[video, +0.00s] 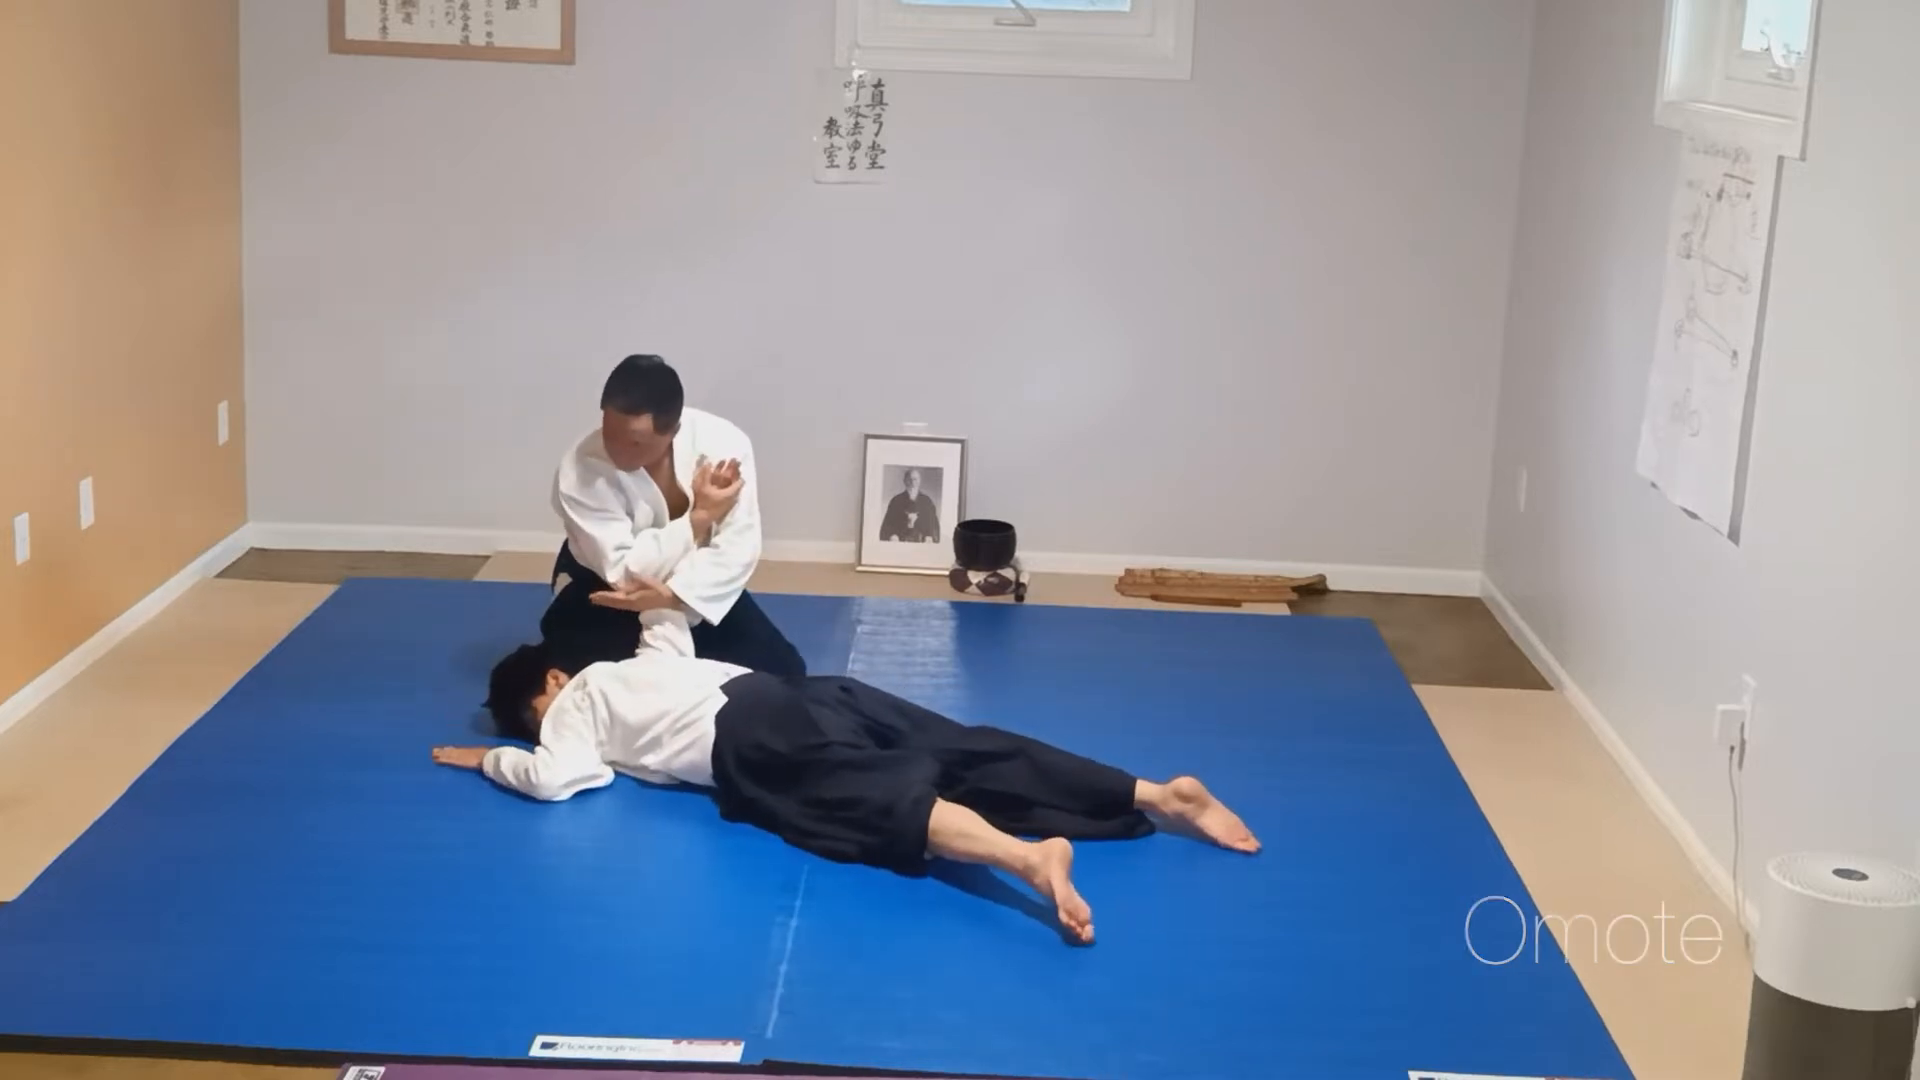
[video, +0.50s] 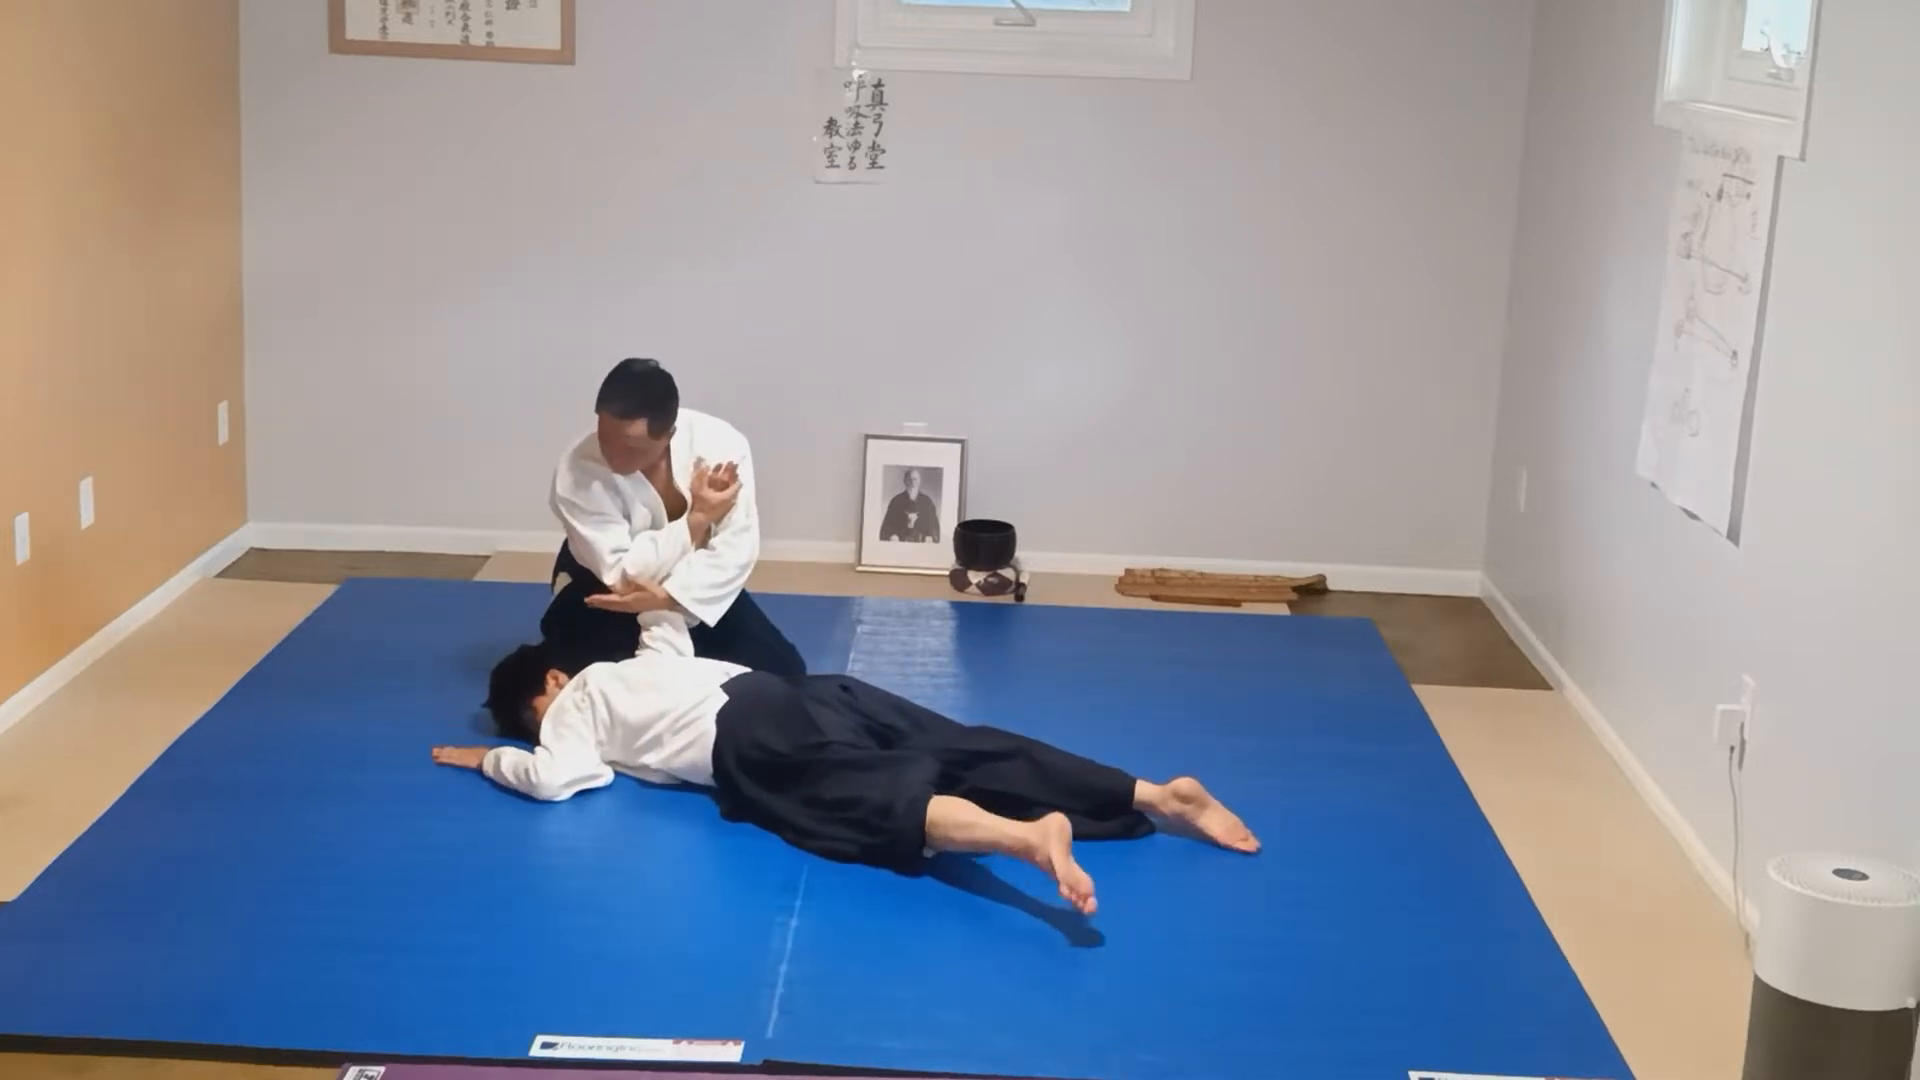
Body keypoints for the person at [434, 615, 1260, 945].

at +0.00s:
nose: (535, 727)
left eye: (528, 714)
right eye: (533, 714)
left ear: (546, 693)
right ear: (574, 665)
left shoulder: (578, 704)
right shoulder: (652, 653)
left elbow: (555, 777)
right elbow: (698, 651)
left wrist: (486, 758)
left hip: (750, 737)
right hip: (805, 688)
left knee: (890, 807)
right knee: (964, 747)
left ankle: (1026, 858)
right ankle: (1154, 793)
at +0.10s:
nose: (534, 720)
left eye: (526, 708)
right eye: (531, 708)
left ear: (546, 689)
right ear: (575, 664)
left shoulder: (574, 699)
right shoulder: (649, 657)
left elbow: (557, 778)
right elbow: (695, 667)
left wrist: (496, 759)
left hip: (750, 738)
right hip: (805, 688)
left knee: (887, 807)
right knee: (964, 749)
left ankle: (1026, 859)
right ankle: (1158, 795)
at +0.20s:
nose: (536, 721)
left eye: (527, 709)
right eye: (532, 710)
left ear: (549, 688)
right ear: (574, 661)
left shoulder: (576, 698)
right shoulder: (648, 658)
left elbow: (556, 777)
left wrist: (496, 759)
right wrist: (559, 726)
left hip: (752, 739)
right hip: (801, 688)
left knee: (885, 806)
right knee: (961, 747)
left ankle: (1024, 858)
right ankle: (1158, 797)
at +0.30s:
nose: (533, 723)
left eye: (526, 709)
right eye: (530, 710)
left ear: (549, 688)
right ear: (576, 663)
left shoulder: (577, 704)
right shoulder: (654, 654)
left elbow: (554, 778)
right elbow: (696, 664)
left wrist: (496, 758)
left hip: (752, 741)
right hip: (805, 690)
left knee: (890, 806)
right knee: (967, 748)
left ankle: (1026, 861)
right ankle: (1160, 796)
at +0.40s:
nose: (532, 725)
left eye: (526, 711)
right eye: (530, 712)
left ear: (549, 689)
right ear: (575, 664)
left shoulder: (577, 704)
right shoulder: (653, 655)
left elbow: (555, 777)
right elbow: (703, 668)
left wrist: (496, 757)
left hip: (752, 739)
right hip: (805, 689)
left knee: (889, 806)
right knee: (967, 748)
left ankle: (1026, 856)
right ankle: (1160, 796)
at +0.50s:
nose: (536, 724)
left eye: (530, 711)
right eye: (533, 710)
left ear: (550, 687)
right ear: (572, 665)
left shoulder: (580, 703)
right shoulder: (644, 647)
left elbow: (555, 777)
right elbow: (688, 641)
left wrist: (486, 757)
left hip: (745, 734)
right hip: (792, 685)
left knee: (881, 800)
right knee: (956, 744)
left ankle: (1025, 837)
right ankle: (1156, 797)